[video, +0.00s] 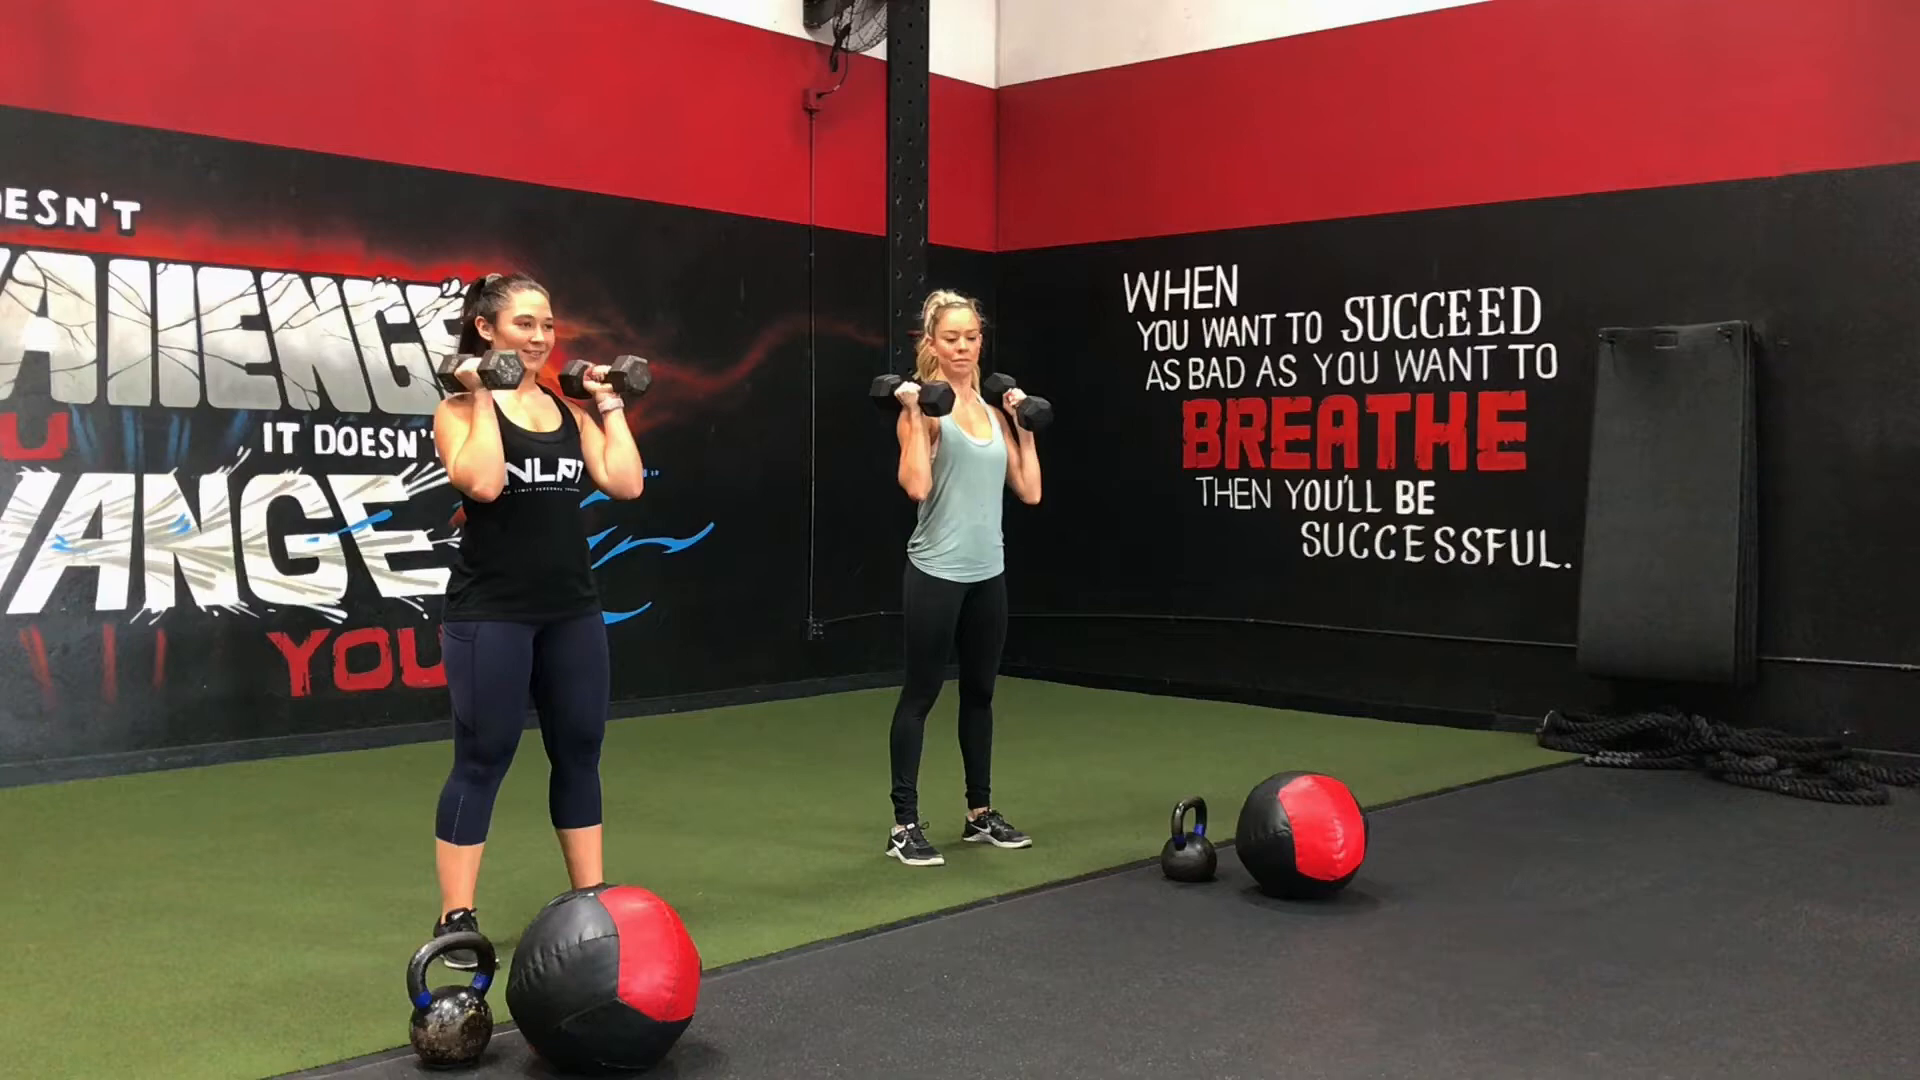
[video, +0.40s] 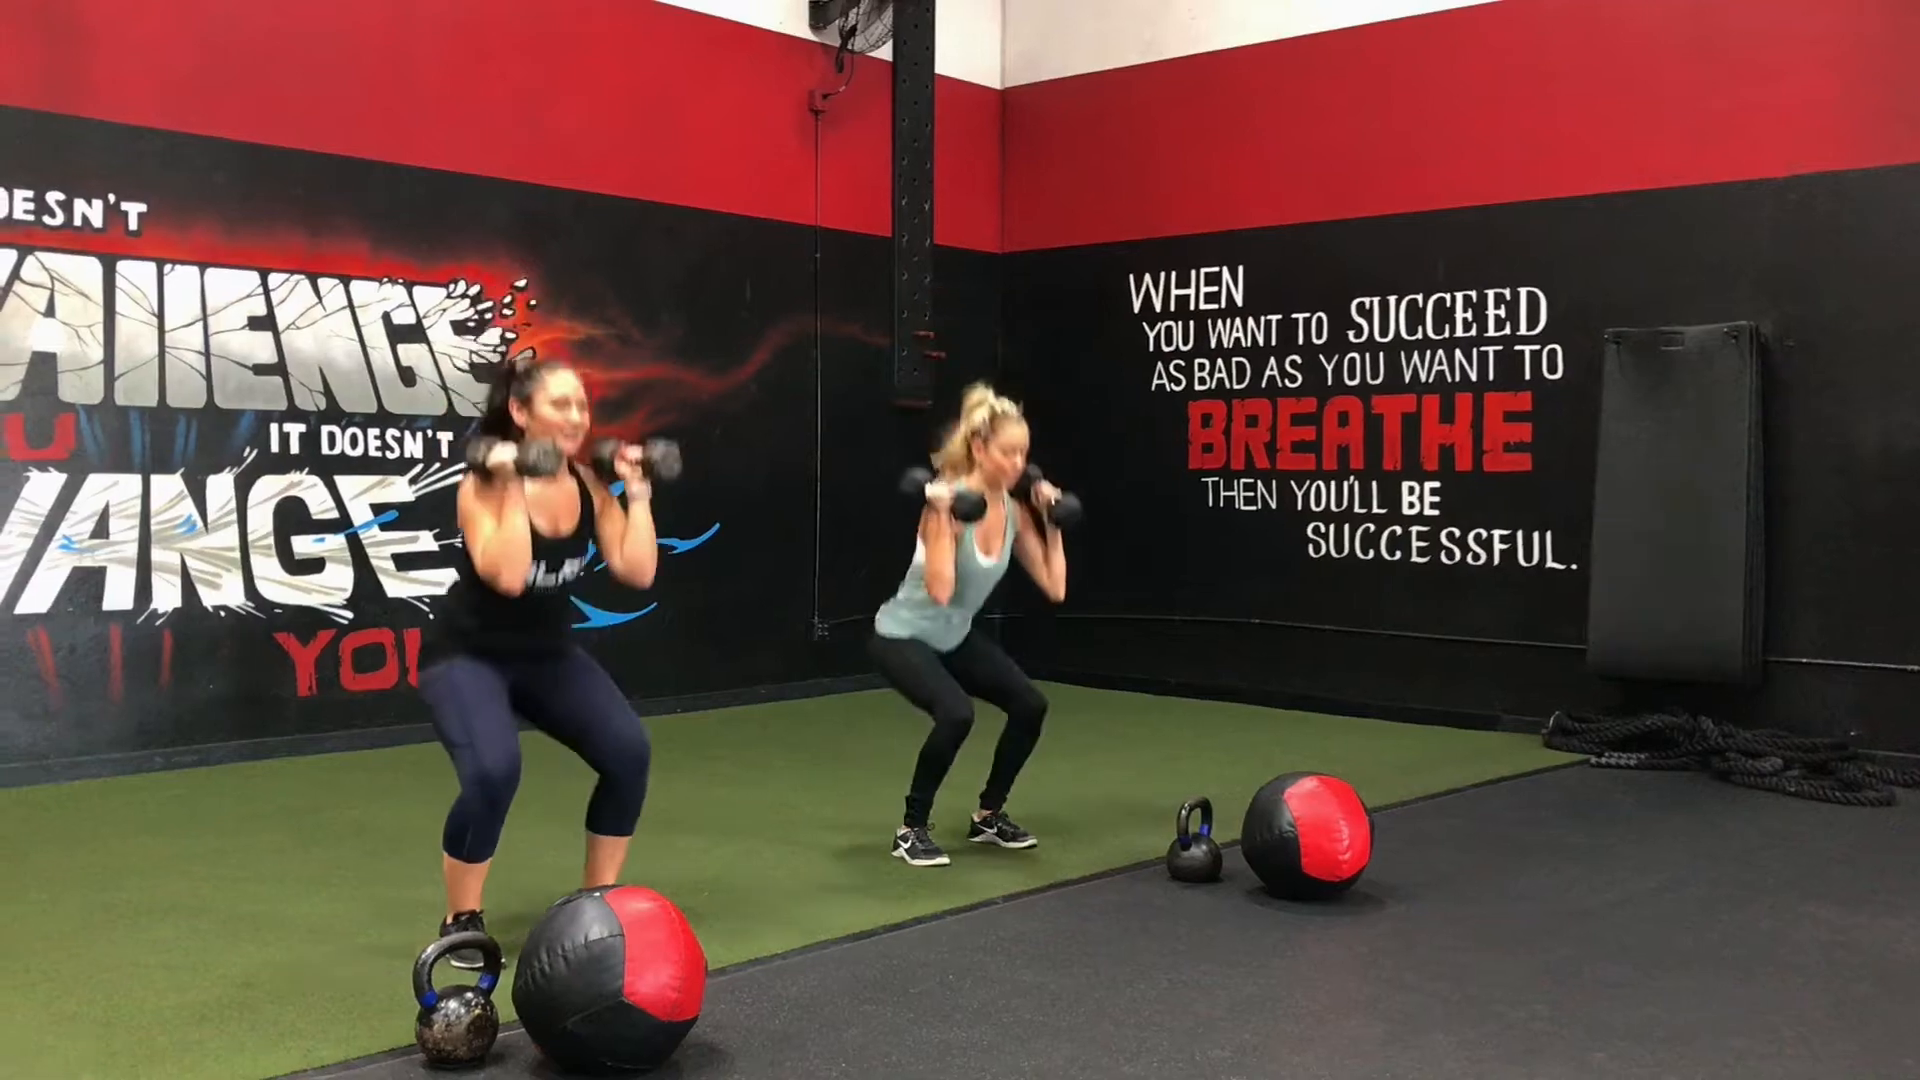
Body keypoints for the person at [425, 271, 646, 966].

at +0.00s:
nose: (540, 336)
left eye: (547, 324)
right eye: (524, 323)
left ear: (553, 332)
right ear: (484, 330)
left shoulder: (567, 409)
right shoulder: (458, 409)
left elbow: (626, 484)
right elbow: (483, 482)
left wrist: (612, 405)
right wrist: (483, 395)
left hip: (572, 607)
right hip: (490, 611)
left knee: (579, 752)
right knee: (481, 760)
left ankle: (591, 904)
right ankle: (458, 919)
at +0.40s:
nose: (574, 417)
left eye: (580, 405)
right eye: (560, 405)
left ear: (589, 411)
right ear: (519, 411)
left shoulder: (588, 480)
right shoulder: (485, 482)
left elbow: (637, 571)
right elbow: (507, 575)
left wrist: (637, 492)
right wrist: (510, 480)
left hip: (548, 652)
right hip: (467, 654)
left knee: (628, 751)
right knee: (493, 771)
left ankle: (595, 907)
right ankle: (463, 926)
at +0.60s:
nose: (589, 534)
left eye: (594, 522)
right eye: (573, 522)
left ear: (600, 528)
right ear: (532, 532)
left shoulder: (600, 593)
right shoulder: (495, 598)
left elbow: (634, 693)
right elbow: (509, 707)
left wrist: (643, 615)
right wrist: (516, 610)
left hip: (541, 735)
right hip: (461, 735)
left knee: (646, 771)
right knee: (502, 794)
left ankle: (597, 909)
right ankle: (464, 928)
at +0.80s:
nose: (579, 445)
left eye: (583, 433)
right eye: (563, 434)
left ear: (590, 441)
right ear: (522, 445)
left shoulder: (595, 514)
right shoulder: (490, 515)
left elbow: (646, 599)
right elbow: (514, 610)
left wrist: (645, 514)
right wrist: (512, 513)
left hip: (547, 675)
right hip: (467, 679)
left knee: (641, 764)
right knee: (500, 780)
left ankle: (596, 909)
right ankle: (464, 928)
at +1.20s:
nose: (552, 328)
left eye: (560, 318)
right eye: (537, 317)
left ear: (568, 329)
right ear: (503, 327)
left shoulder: (581, 395)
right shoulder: (479, 397)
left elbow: (653, 345)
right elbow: (492, 325)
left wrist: (637, 255)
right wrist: (493, 231)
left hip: (579, 606)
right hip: (498, 606)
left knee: (583, 752)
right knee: (488, 755)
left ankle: (598, 904)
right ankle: (465, 920)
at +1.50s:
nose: (590, 516)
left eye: (595, 503)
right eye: (573, 503)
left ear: (601, 510)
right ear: (533, 515)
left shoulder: (599, 576)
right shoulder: (496, 581)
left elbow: (643, 672)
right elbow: (513, 683)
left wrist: (649, 592)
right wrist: (517, 587)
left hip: (544, 719)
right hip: (462, 722)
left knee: (648, 767)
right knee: (497, 792)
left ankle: (597, 908)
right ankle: (465, 927)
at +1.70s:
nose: (588, 494)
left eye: (591, 480)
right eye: (570, 482)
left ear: (597, 486)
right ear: (530, 495)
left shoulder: (596, 554)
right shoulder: (494, 560)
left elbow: (646, 644)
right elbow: (518, 659)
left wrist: (649, 563)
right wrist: (517, 564)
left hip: (538, 700)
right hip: (458, 703)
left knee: (646, 764)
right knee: (498, 788)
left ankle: (597, 908)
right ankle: (465, 925)